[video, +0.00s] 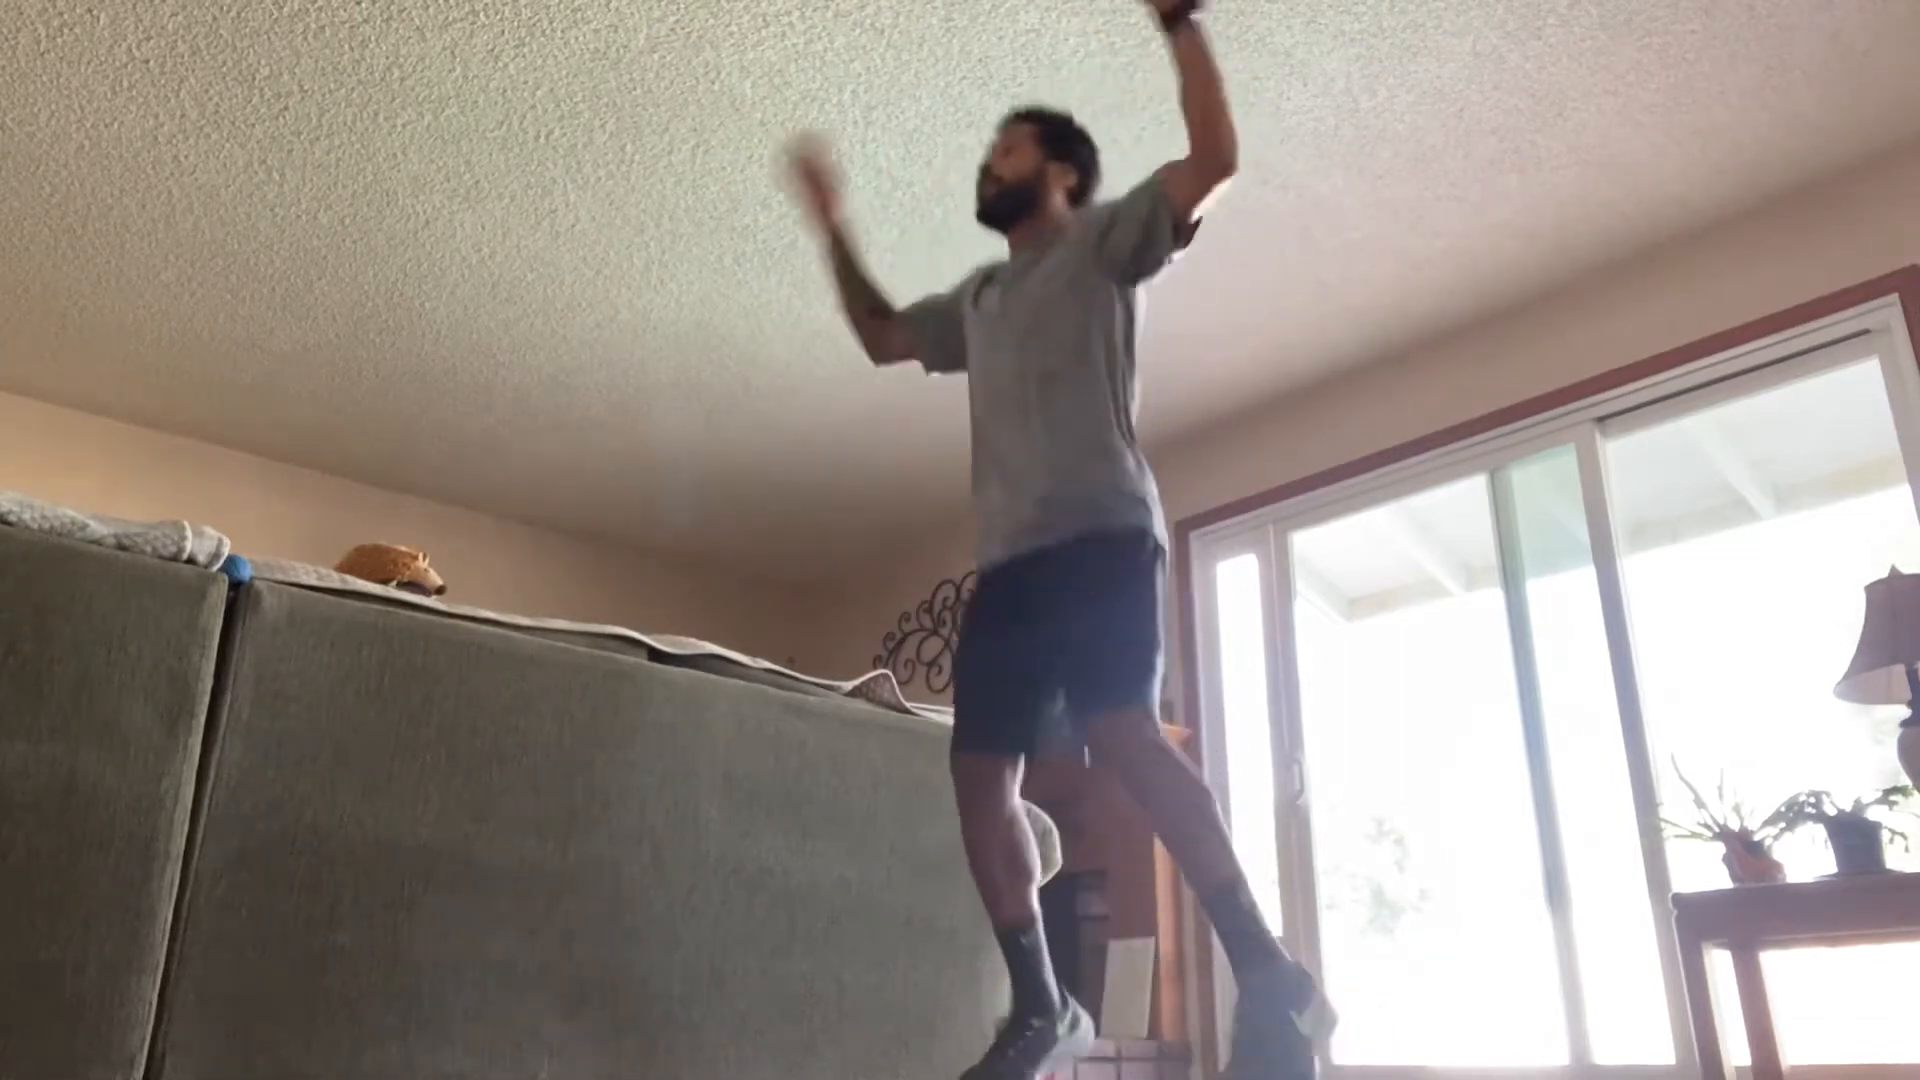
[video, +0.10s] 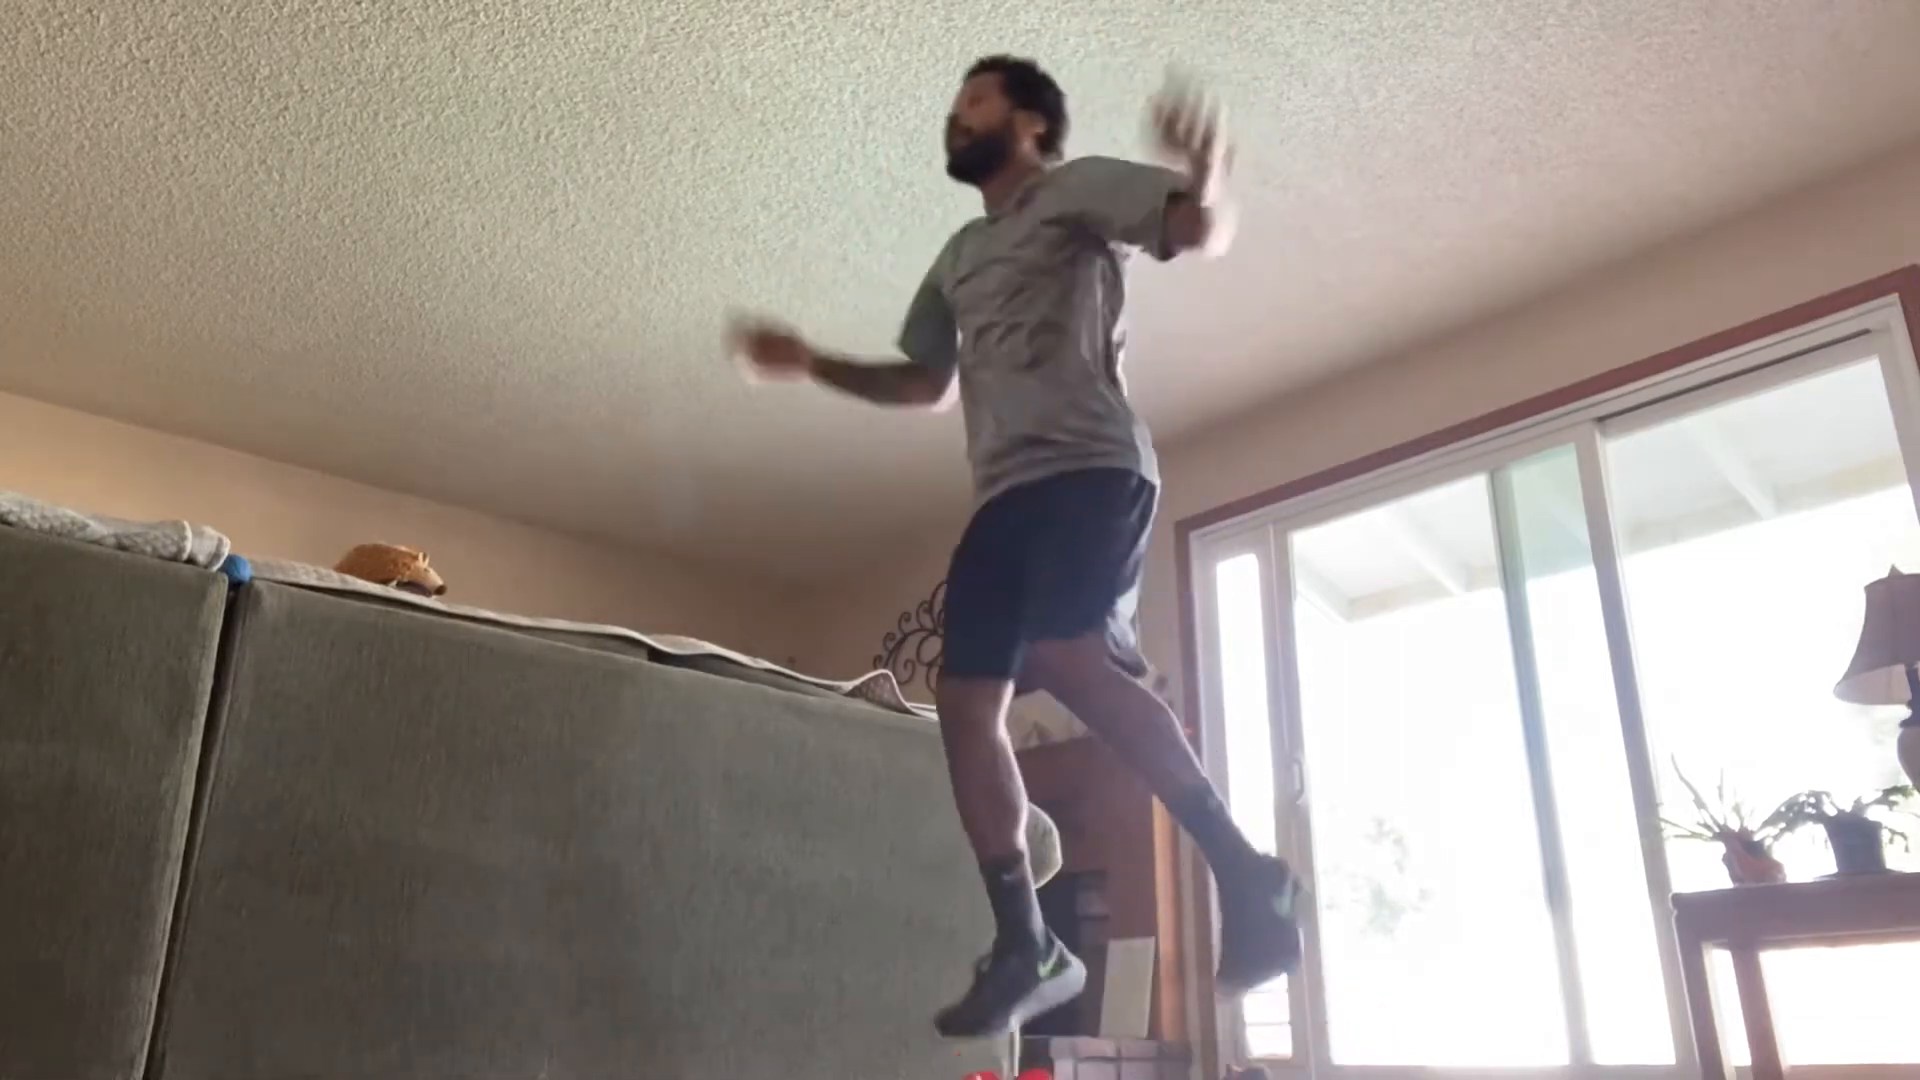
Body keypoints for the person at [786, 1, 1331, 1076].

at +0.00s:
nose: (988, 163)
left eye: (1009, 148)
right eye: (988, 152)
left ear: (1064, 171)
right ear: (1006, 183)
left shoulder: (1101, 242)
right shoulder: (977, 299)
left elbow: (1212, 160)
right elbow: (881, 334)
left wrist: (1184, 31)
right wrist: (832, 227)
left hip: (1104, 533)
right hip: (1010, 557)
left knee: (1121, 737)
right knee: (980, 775)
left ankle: (1266, 973)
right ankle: (1039, 1007)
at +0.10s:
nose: (957, 112)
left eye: (980, 95)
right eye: (957, 100)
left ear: (1035, 124)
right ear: (965, 131)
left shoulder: (1072, 186)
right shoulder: (957, 257)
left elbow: (1194, 234)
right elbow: (924, 381)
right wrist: (814, 364)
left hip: (1093, 464)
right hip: (1006, 491)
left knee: (1064, 656)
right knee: (970, 709)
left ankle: (1246, 873)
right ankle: (1027, 945)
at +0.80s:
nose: (1198, 108)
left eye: (1217, 81)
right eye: (1182, 94)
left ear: (1280, 83)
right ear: (1175, 113)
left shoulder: (1386, 174)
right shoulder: (1188, 251)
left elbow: (1538, 234)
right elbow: (1203, 426)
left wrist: (1688, 304)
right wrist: (1207, 243)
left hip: (1442, 480)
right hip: (1307, 517)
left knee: (1606, 643)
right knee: (1195, 758)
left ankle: (1821, 901)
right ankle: (1188, 987)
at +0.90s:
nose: (1352, 90)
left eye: (1380, 59)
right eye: (1331, 77)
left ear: (1448, 79)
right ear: (1323, 109)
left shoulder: (1541, 184)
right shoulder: (1324, 261)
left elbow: (1688, 289)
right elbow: (1341, 442)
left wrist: (1829, 410)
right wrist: (1406, 275)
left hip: (1589, 512)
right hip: (1448, 555)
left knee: (1734, 721)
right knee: (1368, 821)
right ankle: (1446, 954)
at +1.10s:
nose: (1457, 12)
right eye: (1439, 2)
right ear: (1427, 23)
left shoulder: (1665, 118)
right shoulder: (1406, 185)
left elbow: (1774, 293)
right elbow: (1405, 376)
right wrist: (1517, 381)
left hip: (1693, 446)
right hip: (1545, 489)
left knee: (1781, 680)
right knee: (1580, 724)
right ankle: (1774, 890)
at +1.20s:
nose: (1429, 5)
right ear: (1409, 11)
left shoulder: (1636, 61)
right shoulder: (1396, 148)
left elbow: (1748, 234)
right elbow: (1403, 347)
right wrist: (1439, 269)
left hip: (1691, 381)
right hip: (1539, 417)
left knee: (1758, 627)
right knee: (1533, 638)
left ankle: (1911, 903)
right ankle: (1734, 884)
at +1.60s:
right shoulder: (1407, 68)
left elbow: (1772, 35)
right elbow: (1337, 233)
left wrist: (1770, 14)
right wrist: (1199, 212)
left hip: (1674, 287)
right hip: (1523, 338)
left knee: (1713, 559)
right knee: (1509, 626)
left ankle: (1870, 892)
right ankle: (1611, 935)